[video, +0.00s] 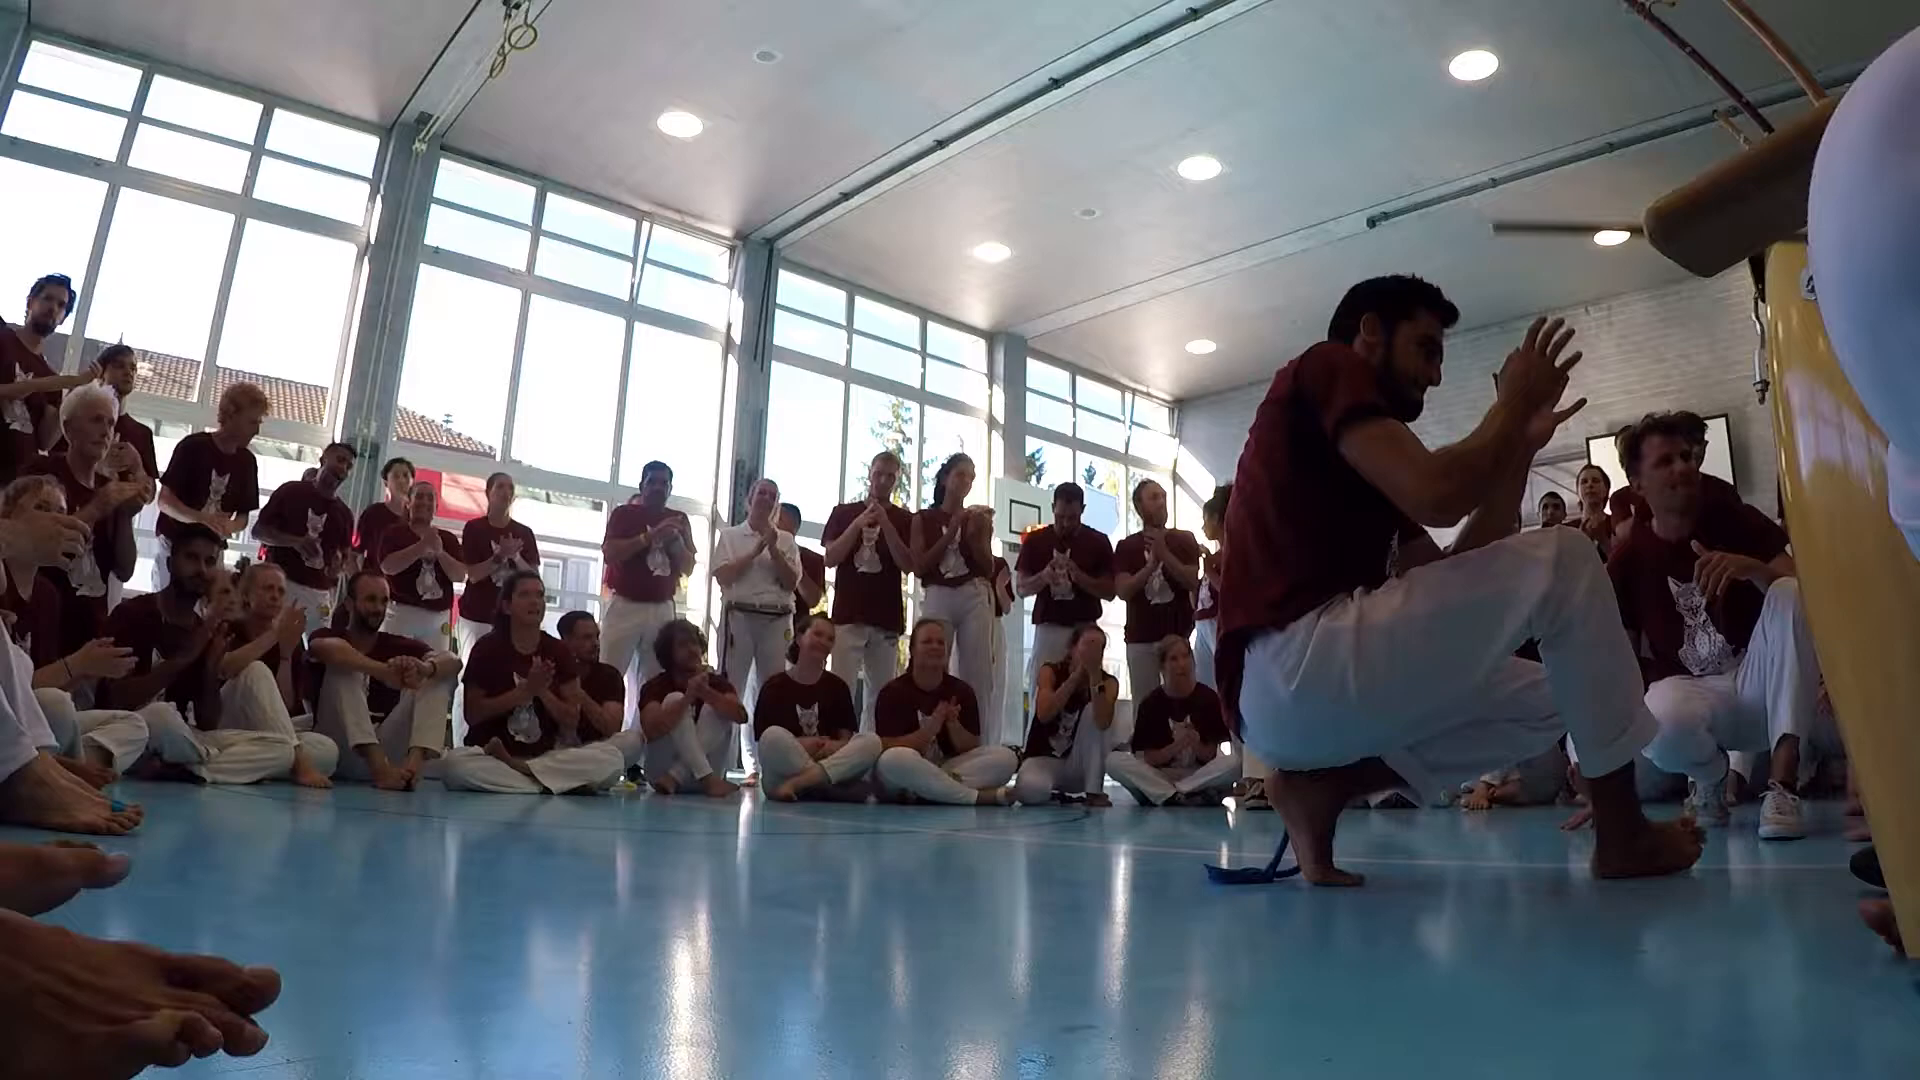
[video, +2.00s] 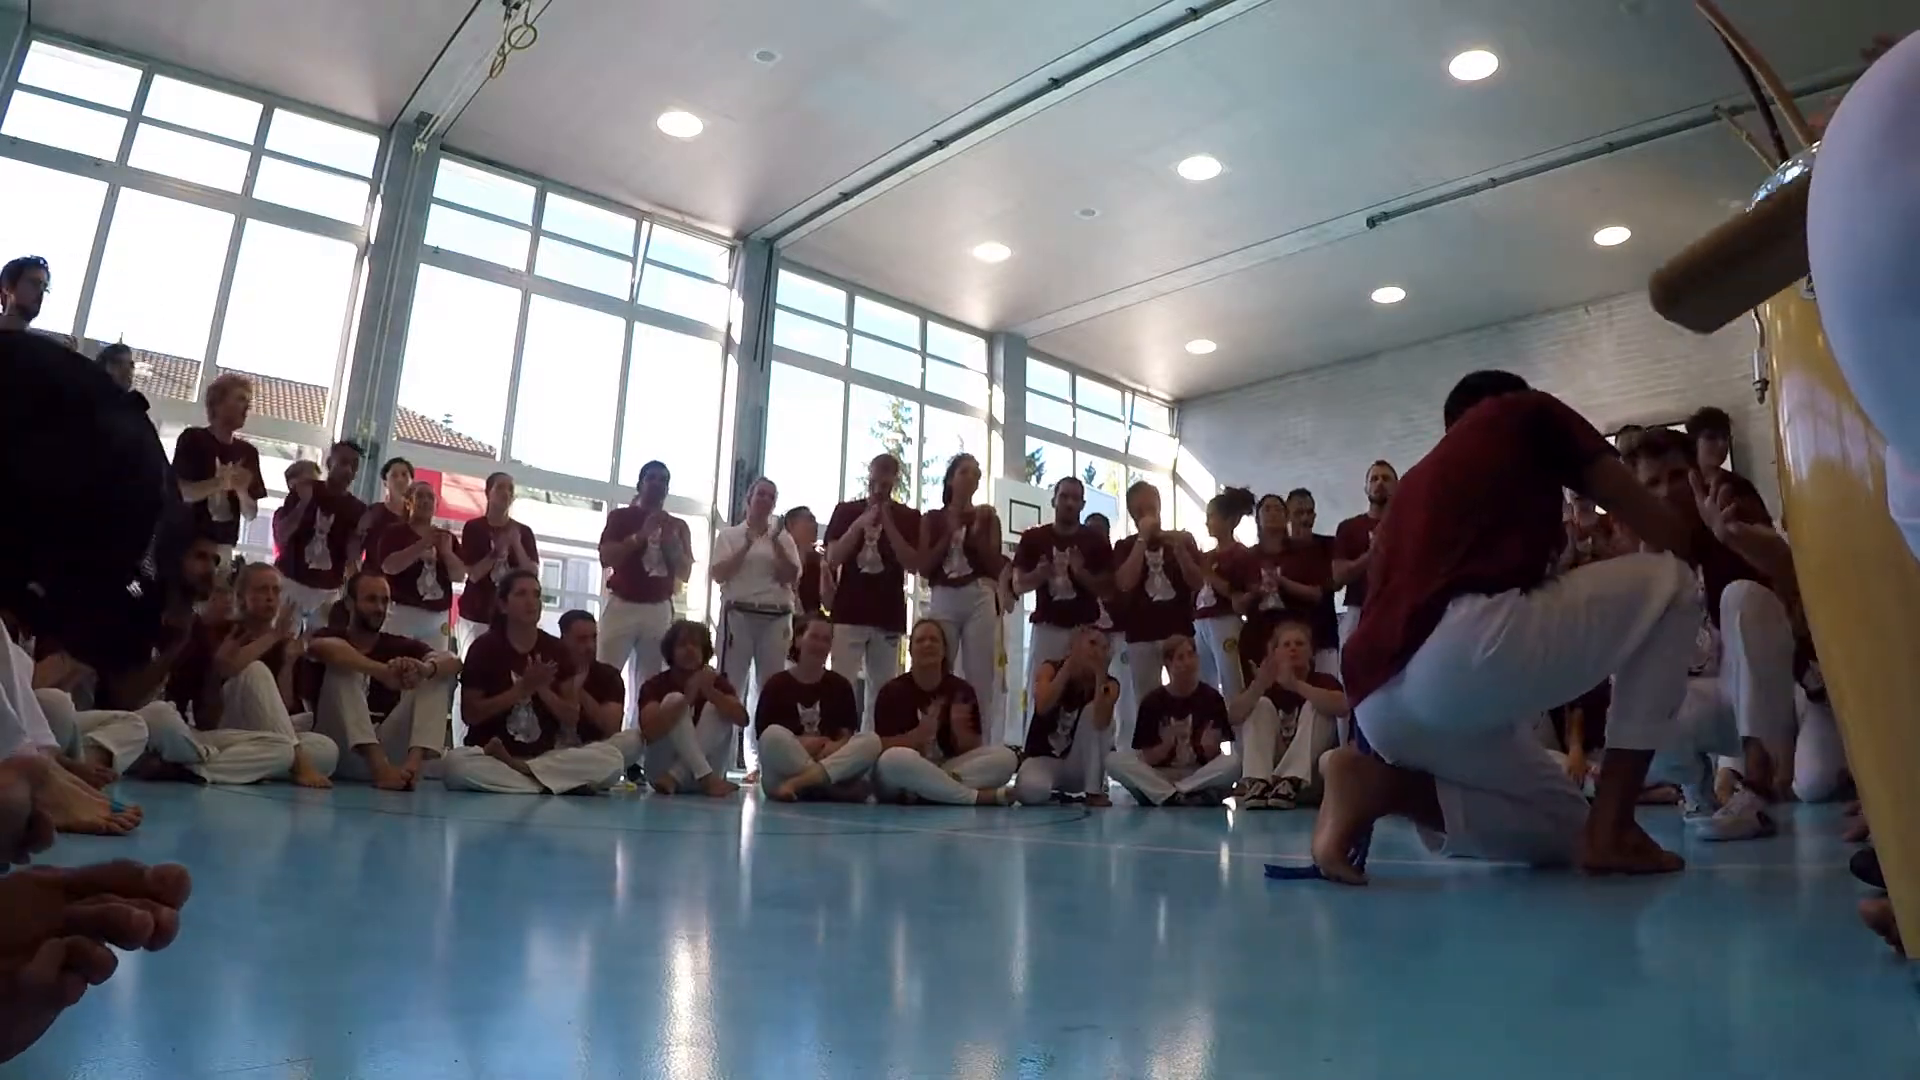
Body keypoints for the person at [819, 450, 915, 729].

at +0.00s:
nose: (883, 480)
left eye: (889, 476)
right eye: (878, 474)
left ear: (897, 480)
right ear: (869, 474)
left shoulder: (904, 518)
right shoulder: (843, 513)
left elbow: (908, 566)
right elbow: (831, 559)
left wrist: (886, 525)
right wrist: (857, 525)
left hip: (886, 619)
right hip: (848, 617)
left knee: (883, 697)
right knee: (840, 692)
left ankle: (881, 759)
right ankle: (838, 759)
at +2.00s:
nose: (881, 486)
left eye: (887, 480)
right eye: (876, 479)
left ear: (896, 480)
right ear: (868, 476)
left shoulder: (909, 516)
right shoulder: (846, 511)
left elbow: (913, 563)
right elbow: (834, 557)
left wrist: (887, 523)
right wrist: (859, 525)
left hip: (888, 618)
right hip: (849, 616)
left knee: (885, 695)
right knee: (841, 690)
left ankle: (881, 757)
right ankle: (838, 753)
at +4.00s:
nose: (861, 474)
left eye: (867, 469)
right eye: (856, 468)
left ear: (873, 474)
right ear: (845, 471)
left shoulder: (888, 512)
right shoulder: (823, 515)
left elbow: (904, 558)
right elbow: (823, 562)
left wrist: (890, 521)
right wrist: (846, 512)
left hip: (880, 620)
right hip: (841, 620)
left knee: (883, 701)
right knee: (837, 700)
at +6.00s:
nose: (875, 477)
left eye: (880, 471)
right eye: (870, 470)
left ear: (886, 475)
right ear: (858, 471)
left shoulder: (898, 512)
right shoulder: (835, 511)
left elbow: (905, 559)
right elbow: (832, 560)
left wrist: (884, 528)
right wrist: (854, 526)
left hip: (884, 618)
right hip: (846, 616)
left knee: (881, 699)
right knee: (844, 696)